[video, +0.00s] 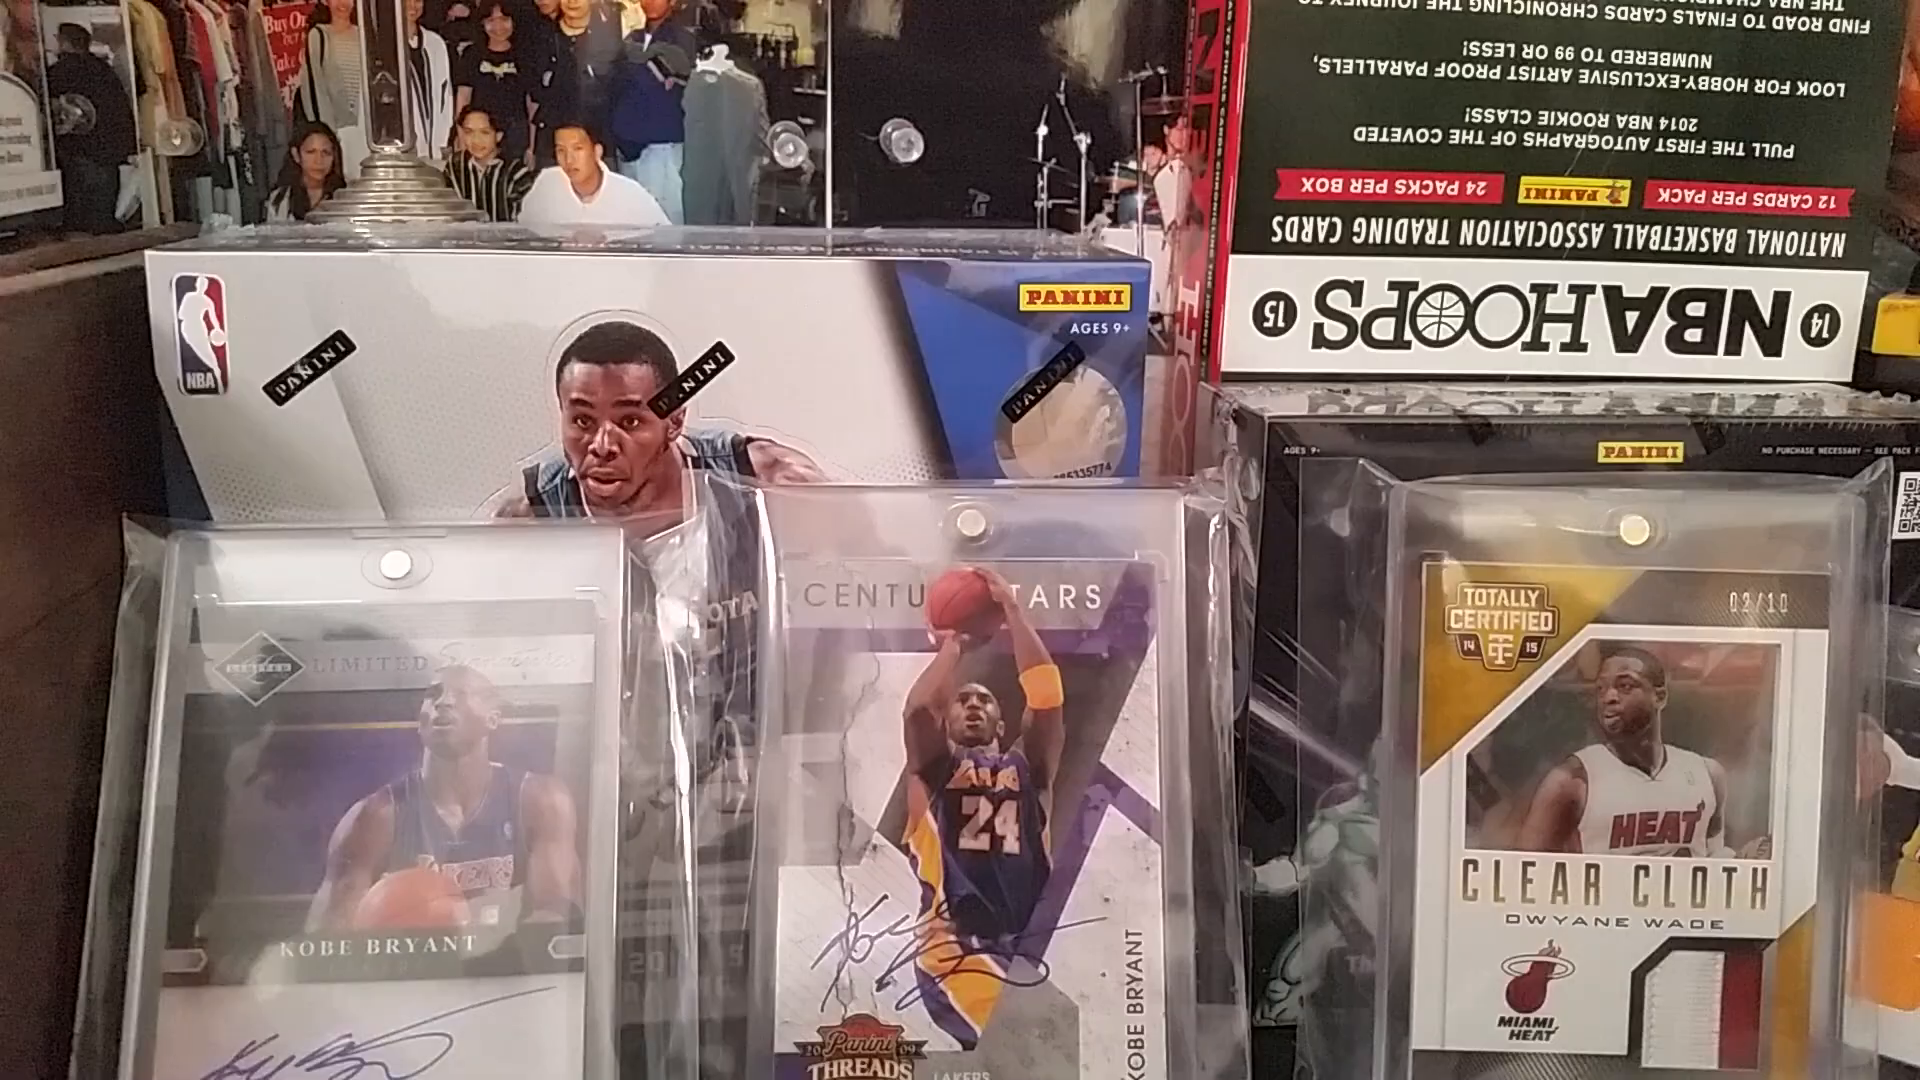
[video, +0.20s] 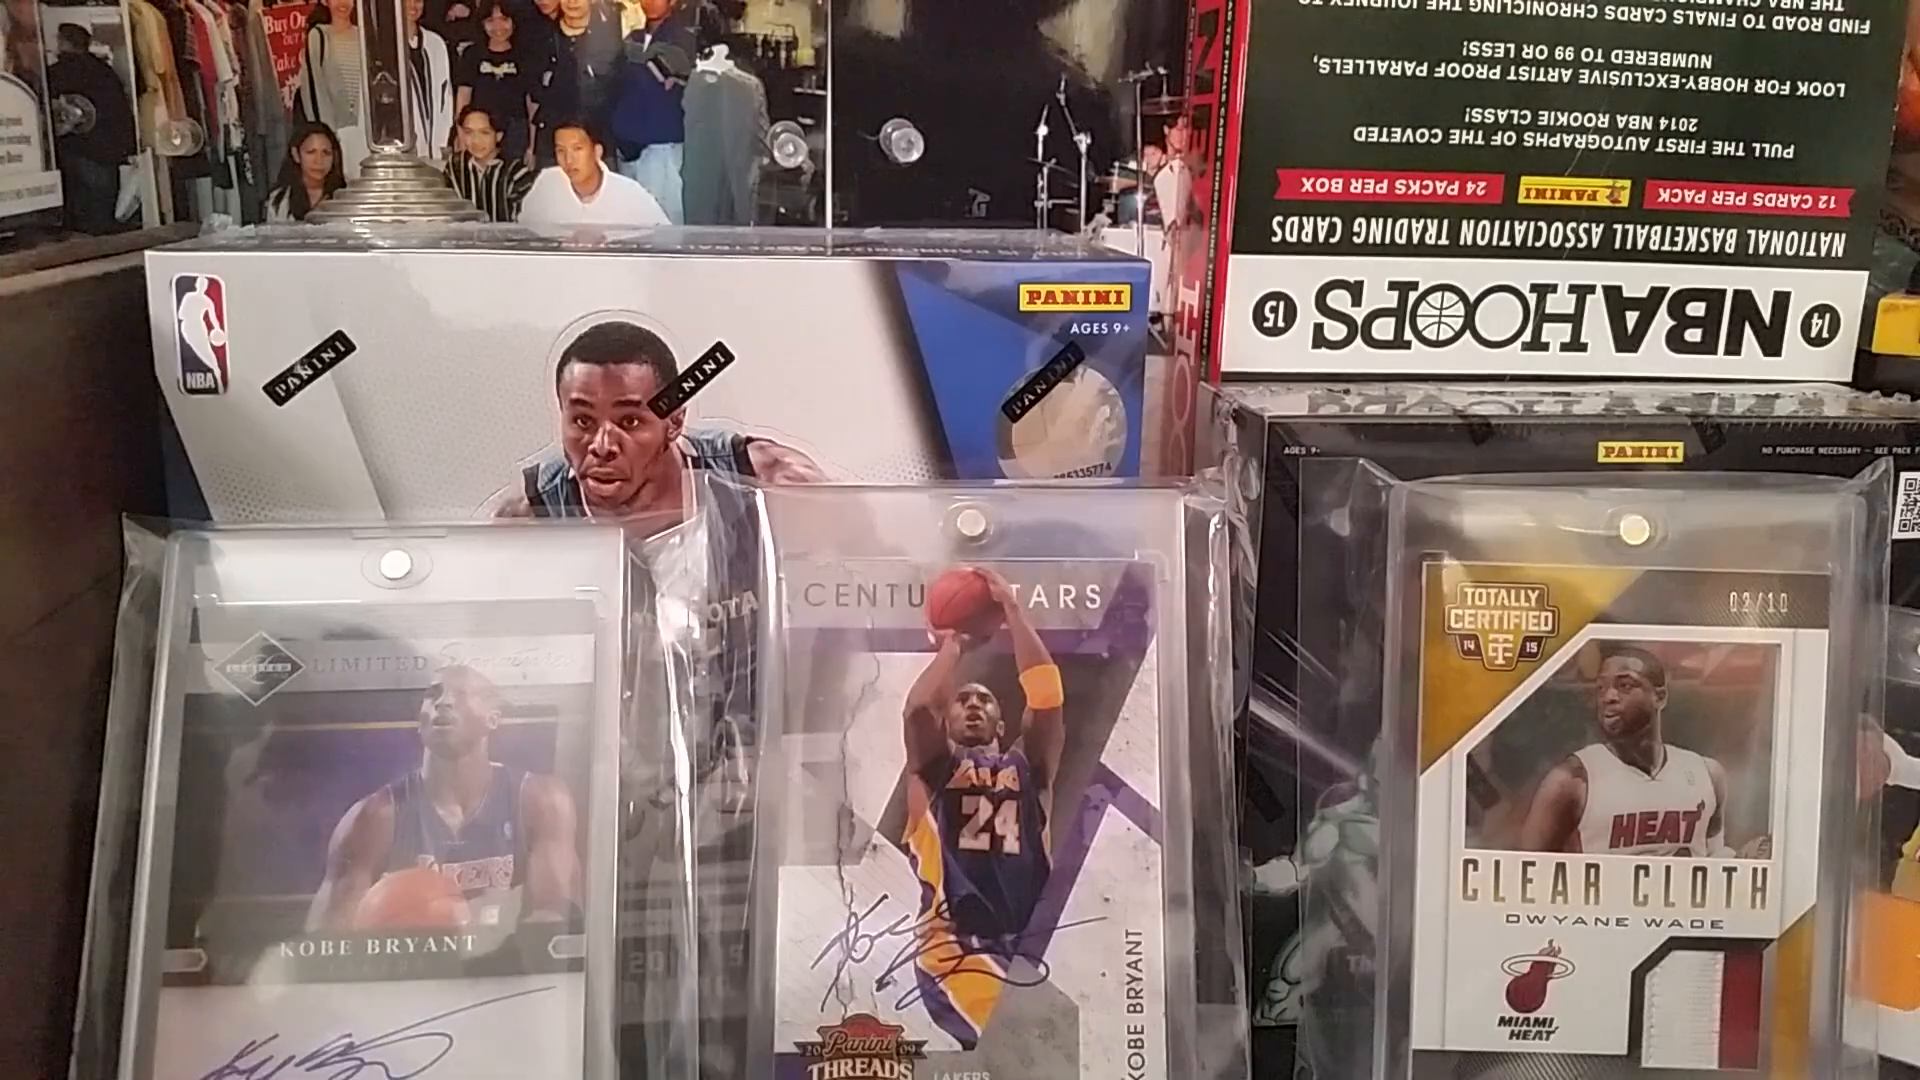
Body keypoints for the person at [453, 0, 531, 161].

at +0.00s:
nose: (498, 26)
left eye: (504, 19)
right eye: (491, 20)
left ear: (513, 23)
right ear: (484, 24)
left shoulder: (524, 55)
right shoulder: (472, 54)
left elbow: (532, 102)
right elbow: (463, 97)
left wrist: (531, 146)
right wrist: (461, 137)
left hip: (515, 133)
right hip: (480, 134)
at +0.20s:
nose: (498, 26)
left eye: (504, 19)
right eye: (491, 20)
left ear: (513, 23)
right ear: (484, 25)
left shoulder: (524, 56)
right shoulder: (472, 54)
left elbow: (532, 102)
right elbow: (464, 96)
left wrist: (531, 146)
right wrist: (461, 136)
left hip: (514, 130)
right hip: (480, 132)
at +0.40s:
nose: (497, 26)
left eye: (504, 19)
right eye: (490, 20)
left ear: (513, 23)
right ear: (483, 25)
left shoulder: (524, 56)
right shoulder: (472, 54)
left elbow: (532, 102)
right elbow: (463, 97)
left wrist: (531, 146)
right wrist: (460, 136)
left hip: (514, 130)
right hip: (479, 131)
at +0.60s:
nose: (497, 26)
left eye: (504, 19)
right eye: (489, 20)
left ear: (513, 23)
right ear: (483, 24)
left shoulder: (523, 54)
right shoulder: (472, 53)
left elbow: (532, 102)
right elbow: (463, 96)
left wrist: (531, 146)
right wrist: (461, 136)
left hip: (514, 131)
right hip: (480, 133)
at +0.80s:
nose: (497, 26)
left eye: (503, 19)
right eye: (490, 20)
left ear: (513, 22)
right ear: (483, 24)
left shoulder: (524, 55)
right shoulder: (472, 53)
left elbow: (532, 103)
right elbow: (463, 96)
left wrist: (531, 146)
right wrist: (460, 136)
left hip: (515, 130)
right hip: (480, 131)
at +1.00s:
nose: (498, 26)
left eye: (504, 18)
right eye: (490, 20)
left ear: (513, 22)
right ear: (483, 25)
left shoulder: (524, 55)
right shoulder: (472, 53)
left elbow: (532, 102)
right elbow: (463, 96)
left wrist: (531, 146)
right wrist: (460, 135)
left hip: (515, 130)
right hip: (480, 132)